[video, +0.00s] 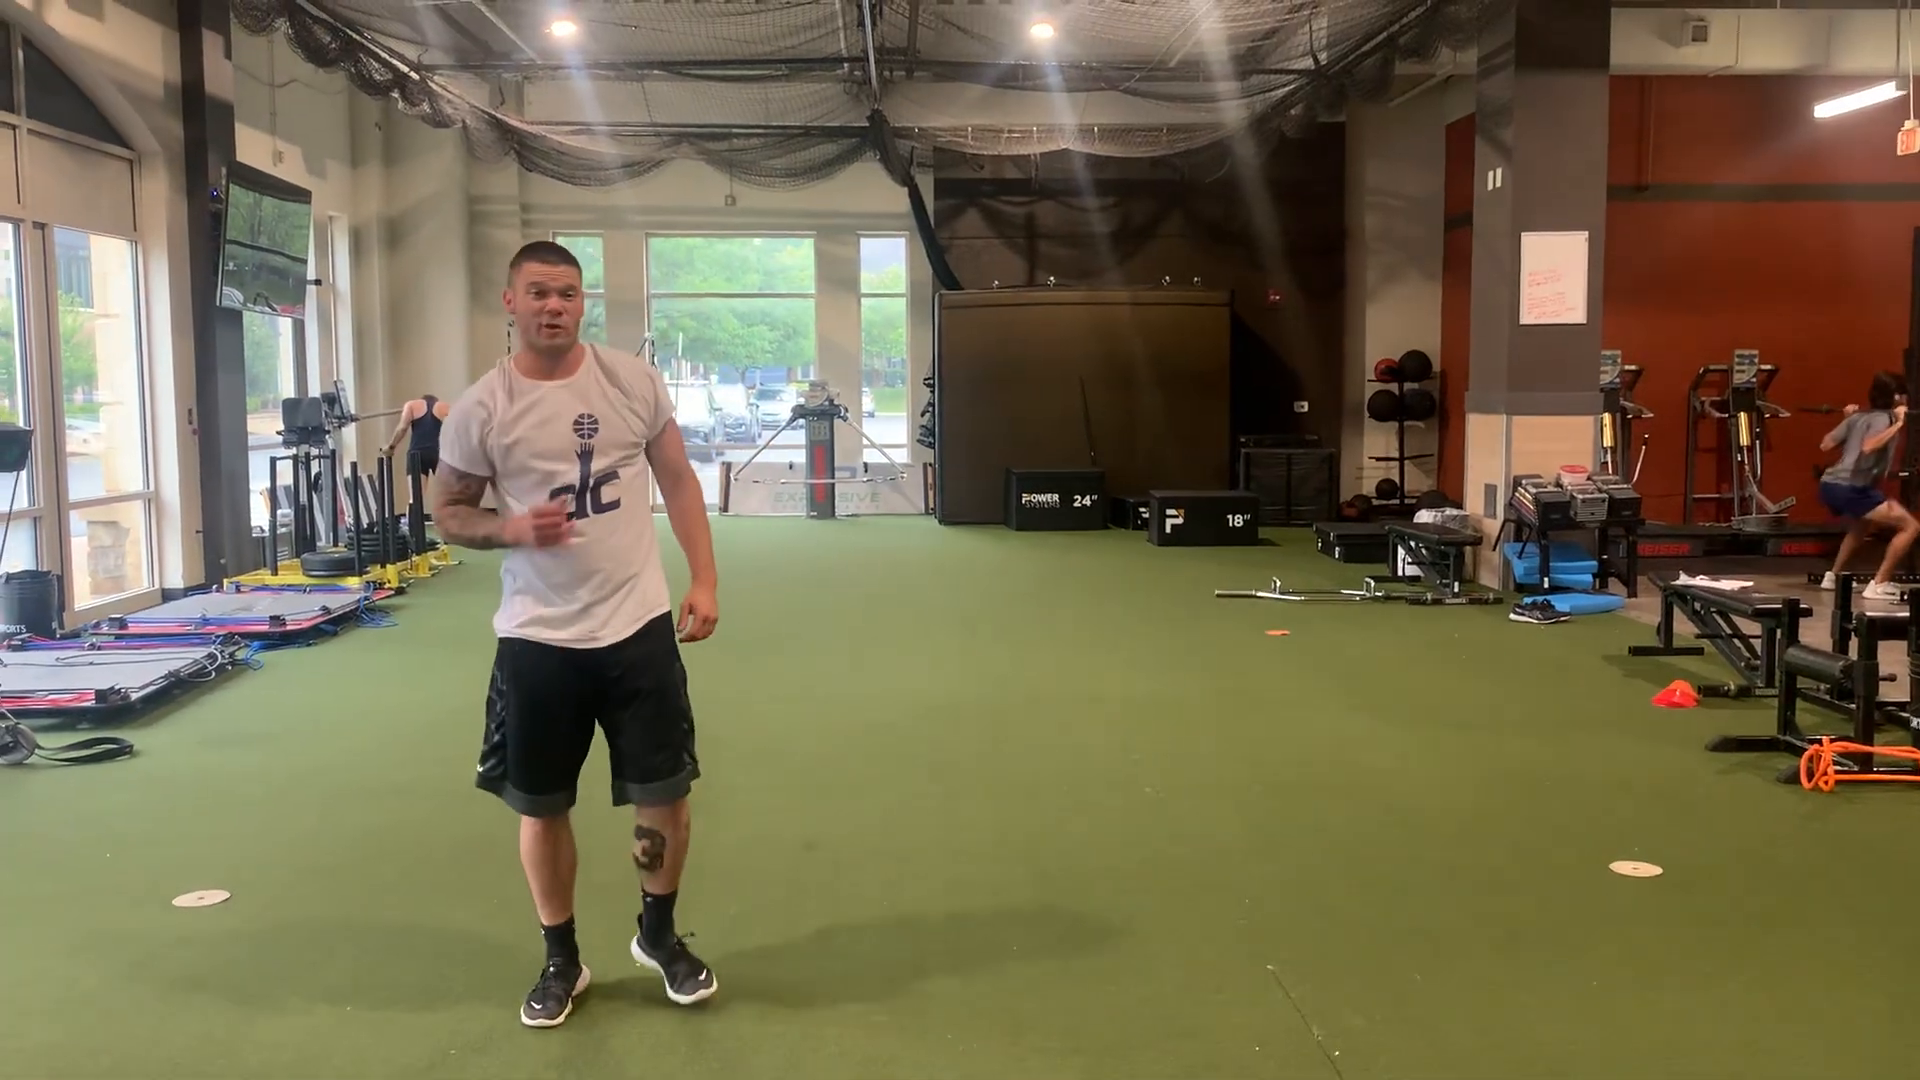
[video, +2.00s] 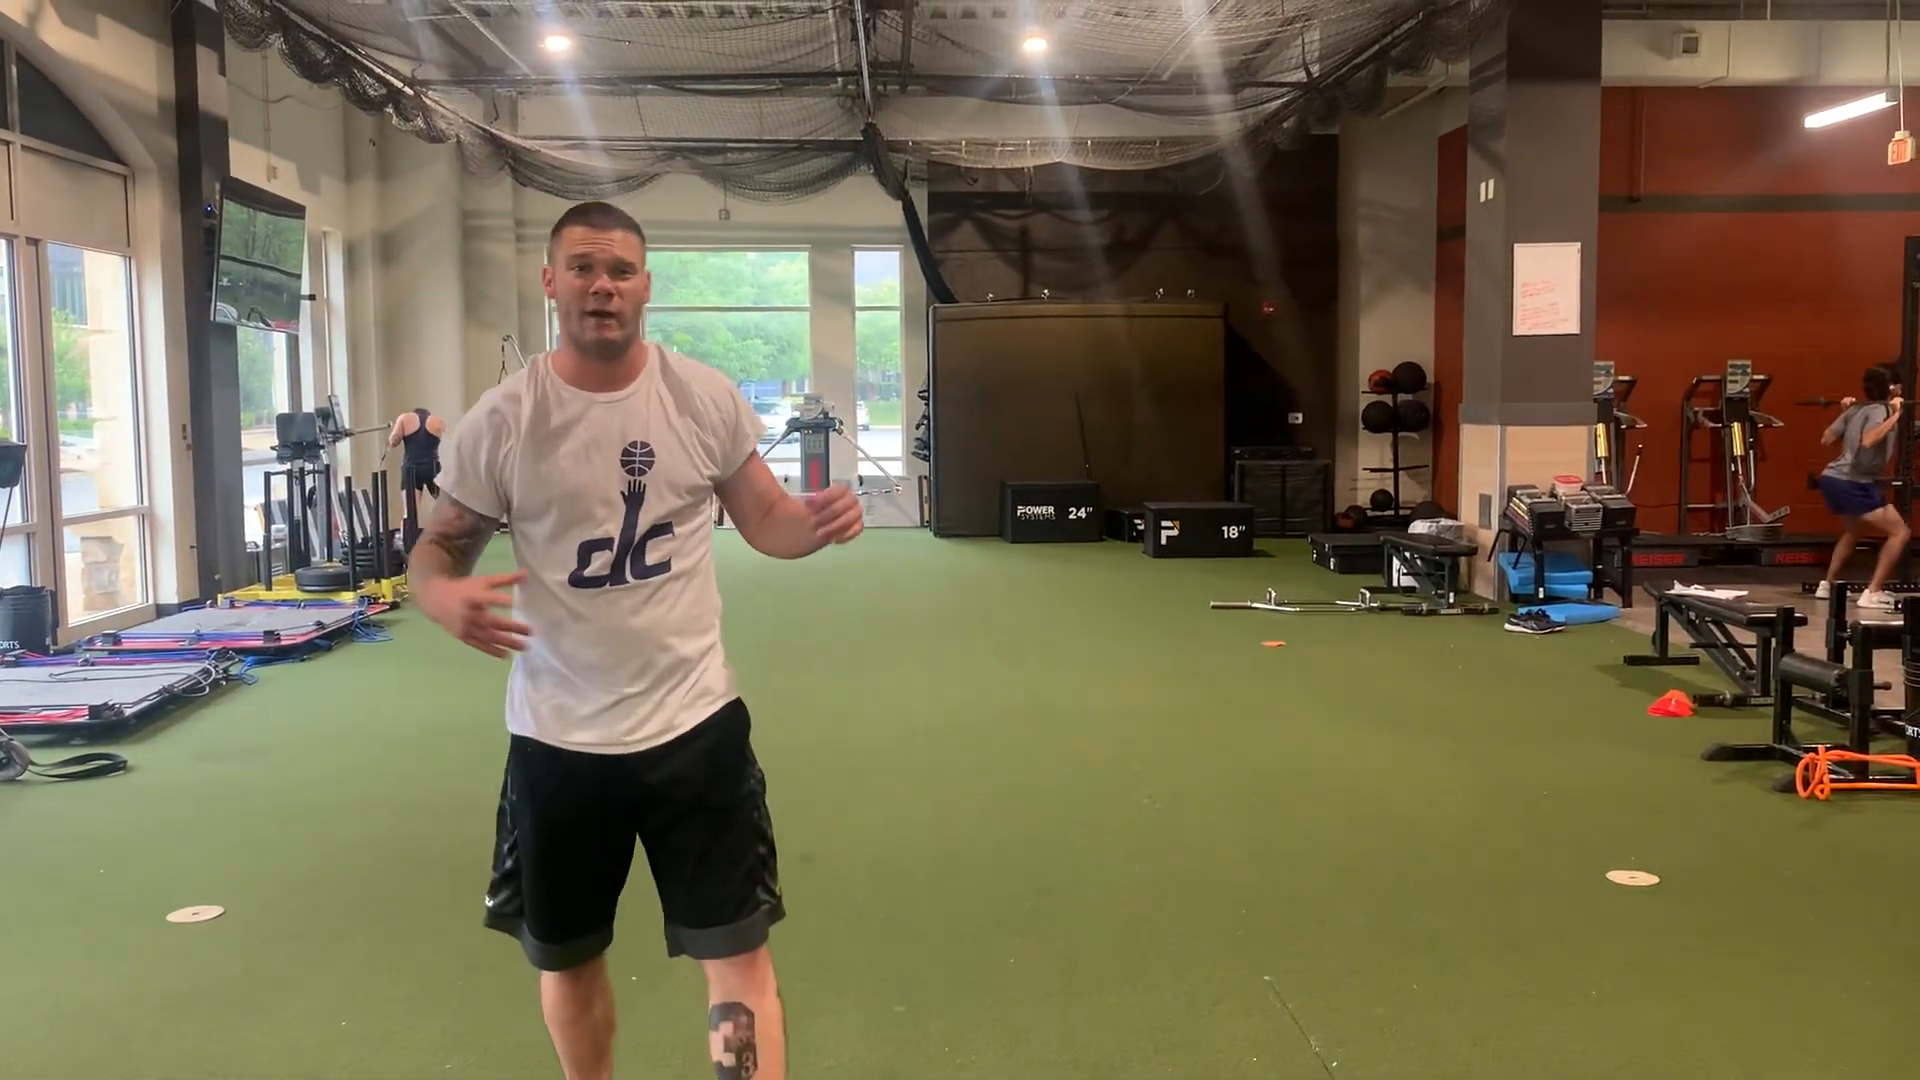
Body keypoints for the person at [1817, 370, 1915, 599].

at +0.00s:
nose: (1904, 401)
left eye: (1904, 397)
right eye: (1903, 396)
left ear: (1874, 395)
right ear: (1894, 398)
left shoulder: (1857, 418)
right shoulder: (1883, 419)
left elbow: (1825, 444)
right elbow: (1868, 446)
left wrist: (1846, 419)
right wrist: (1898, 425)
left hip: (1830, 485)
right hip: (1852, 490)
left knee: (1862, 526)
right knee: (1910, 526)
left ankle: (1832, 576)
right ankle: (1879, 584)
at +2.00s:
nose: (1899, 390)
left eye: (1898, 386)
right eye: (1896, 386)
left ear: (1869, 388)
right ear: (1888, 389)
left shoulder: (1855, 411)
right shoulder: (1881, 411)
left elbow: (1826, 438)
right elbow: (1867, 440)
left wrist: (1843, 412)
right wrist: (1895, 415)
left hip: (1832, 480)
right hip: (1853, 485)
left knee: (1851, 533)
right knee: (1900, 532)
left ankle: (1827, 584)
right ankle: (1873, 592)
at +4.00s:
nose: (1881, 458)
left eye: (1881, 453)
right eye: (1880, 453)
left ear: (1850, 455)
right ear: (1872, 457)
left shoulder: (1836, 476)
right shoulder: (1862, 477)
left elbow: (1806, 504)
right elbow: (1848, 507)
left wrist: (1825, 478)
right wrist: (1877, 482)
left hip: (1808, 541)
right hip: (1831, 545)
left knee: (1847, 564)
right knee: (1898, 566)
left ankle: (1814, 609)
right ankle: (1860, 619)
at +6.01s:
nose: (1887, 403)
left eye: (1887, 399)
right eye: (1884, 399)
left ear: (1857, 401)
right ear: (1875, 402)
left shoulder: (1844, 425)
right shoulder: (1867, 425)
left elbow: (1816, 453)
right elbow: (1854, 453)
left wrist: (1833, 426)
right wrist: (1882, 429)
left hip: (1822, 495)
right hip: (1845, 501)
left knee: (1835, 554)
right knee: (1874, 559)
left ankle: (1818, 614)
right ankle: (1864, 622)